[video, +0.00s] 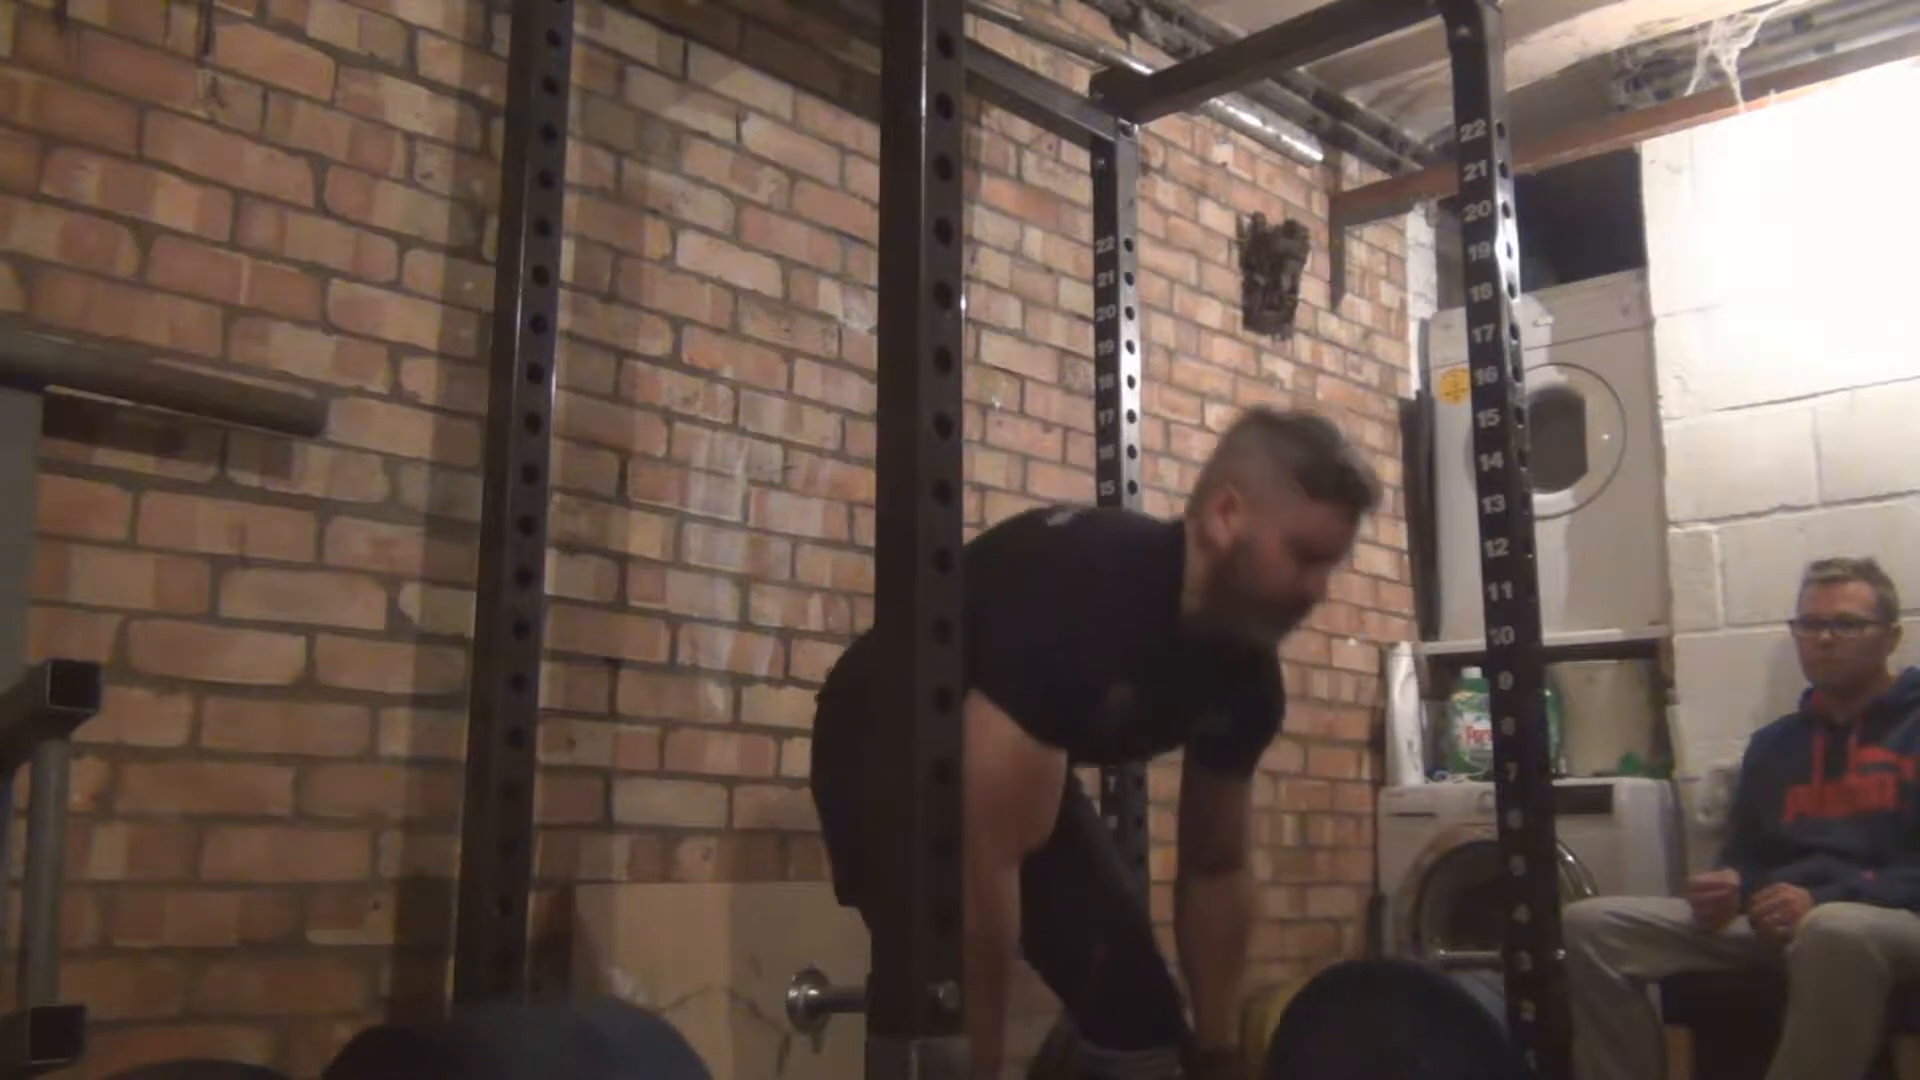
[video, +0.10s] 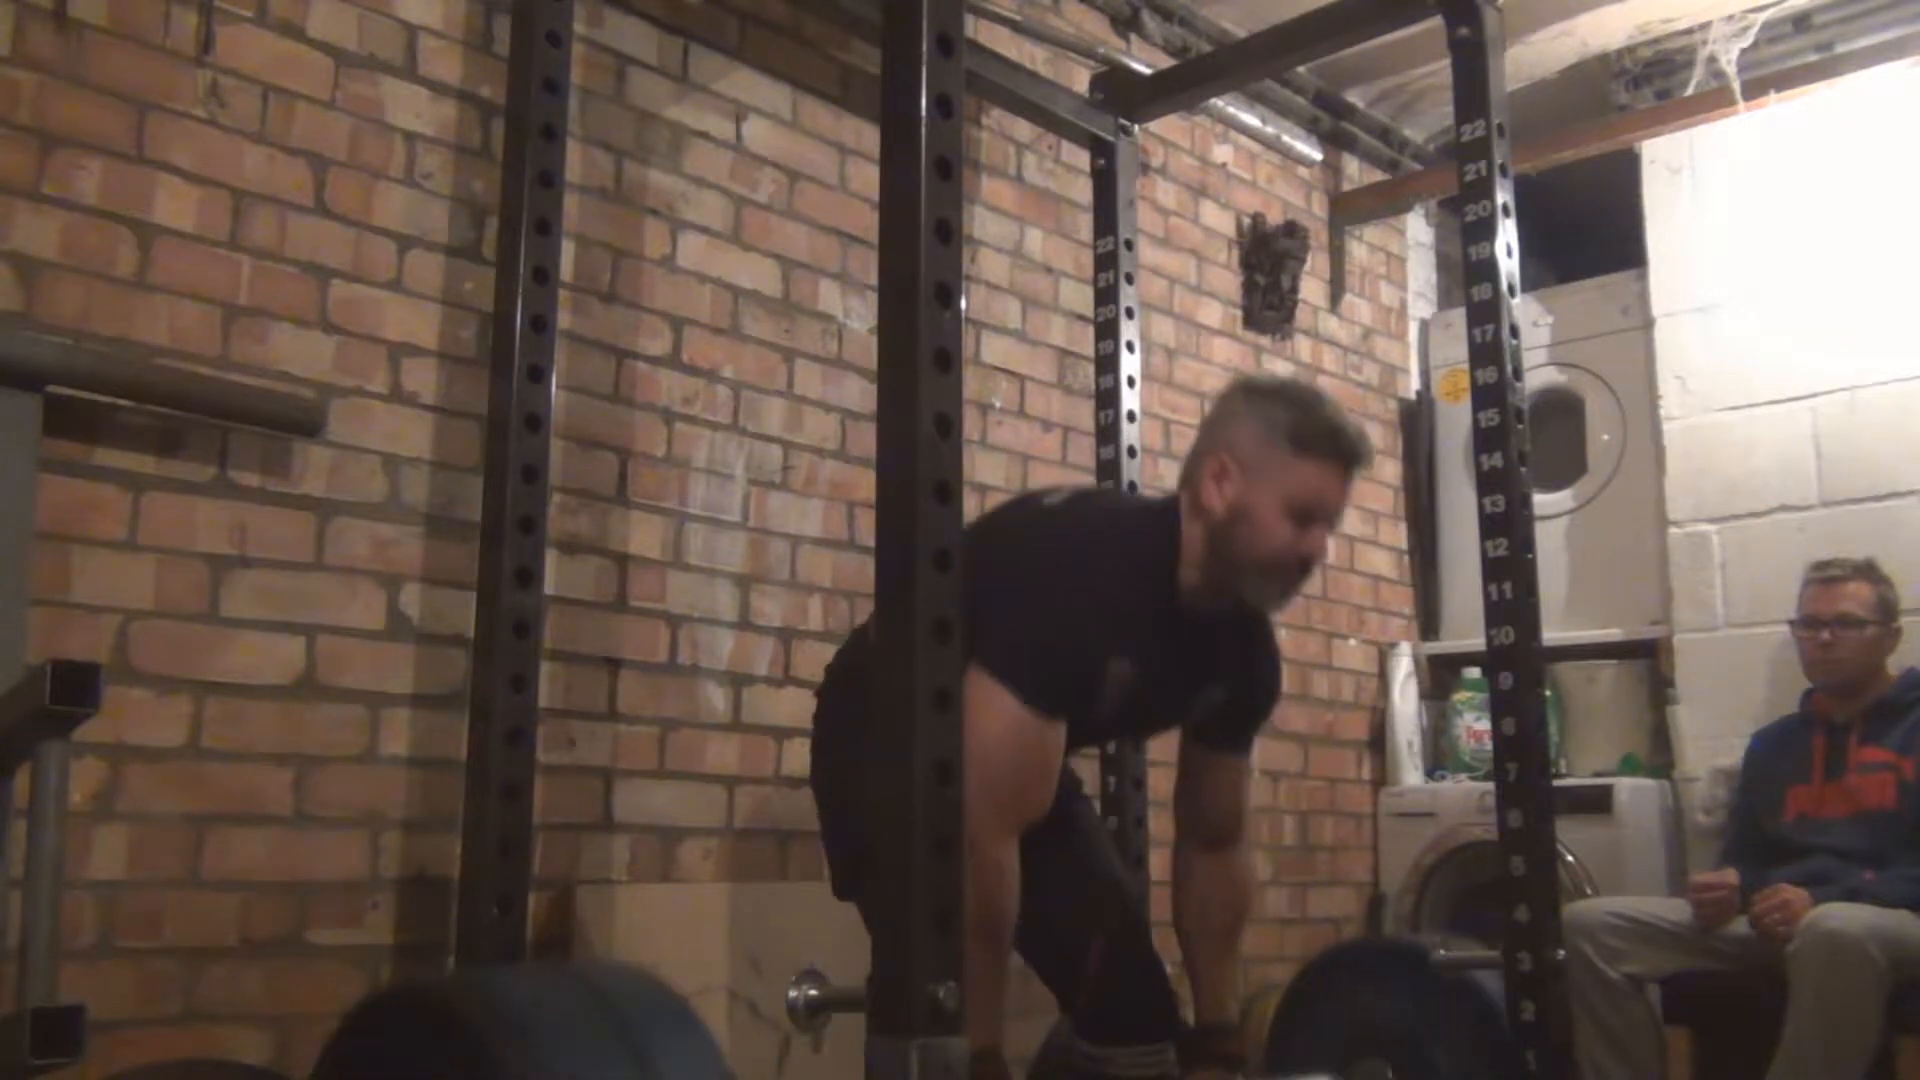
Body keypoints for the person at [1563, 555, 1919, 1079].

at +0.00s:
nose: (1824, 639)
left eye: (1845, 625)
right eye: (1810, 624)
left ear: (1890, 637)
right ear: (1794, 634)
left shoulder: (1914, 723)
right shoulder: (1774, 743)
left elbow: (1913, 875)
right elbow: (1746, 853)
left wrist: (1819, 900)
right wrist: (1730, 885)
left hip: (1894, 918)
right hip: (1773, 917)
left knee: (1832, 936)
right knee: (1589, 929)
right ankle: (1629, 1074)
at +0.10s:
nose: (1824, 638)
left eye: (1846, 624)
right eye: (1810, 624)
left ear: (1891, 637)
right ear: (1795, 634)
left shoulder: (1914, 722)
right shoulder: (1773, 744)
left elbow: (1914, 875)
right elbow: (1745, 856)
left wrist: (1819, 900)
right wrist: (1729, 887)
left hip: (1895, 918)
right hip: (1772, 919)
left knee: (1833, 937)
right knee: (1589, 929)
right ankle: (1629, 1074)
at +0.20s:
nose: (1824, 638)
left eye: (1846, 624)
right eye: (1810, 624)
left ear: (1891, 637)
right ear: (1795, 634)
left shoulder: (1914, 722)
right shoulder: (1773, 744)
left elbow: (1914, 875)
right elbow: (1745, 857)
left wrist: (1819, 900)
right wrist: (1729, 886)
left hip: (1895, 918)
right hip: (1772, 918)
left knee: (1833, 937)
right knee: (1589, 929)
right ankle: (1630, 1074)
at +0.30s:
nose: (1824, 638)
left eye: (1846, 624)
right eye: (1810, 624)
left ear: (1891, 637)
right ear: (1795, 634)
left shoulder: (1914, 722)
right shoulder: (1773, 744)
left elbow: (1914, 875)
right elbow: (1745, 857)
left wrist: (1819, 900)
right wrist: (1729, 886)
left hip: (1895, 918)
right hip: (1772, 918)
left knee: (1833, 936)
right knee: (1589, 929)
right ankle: (1629, 1074)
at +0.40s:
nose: (1824, 638)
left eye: (1846, 624)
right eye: (1810, 624)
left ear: (1891, 636)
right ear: (1795, 634)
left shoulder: (1912, 723)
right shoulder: (1773, 745)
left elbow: (1912, 875)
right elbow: (1745, 857)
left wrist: (1819, 900)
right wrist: (1729, 886)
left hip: (1894, 918)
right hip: (1771, 918)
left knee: (1833, 936)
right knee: (1589, 929)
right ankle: (1626, 1074)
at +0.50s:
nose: (1824, 638)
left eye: (1846, 624)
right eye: (1811, 624)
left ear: (1891, 636)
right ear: (1795, 634)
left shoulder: (1912, 723)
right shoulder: (1773, 745)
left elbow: (1912, 876)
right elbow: (1746, 856)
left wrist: (1819, 901)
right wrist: (1730, 884)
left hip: (1894, 920)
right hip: (1772, 919)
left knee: (1833, 936)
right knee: (1590, 928)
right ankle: (1625, 1073)